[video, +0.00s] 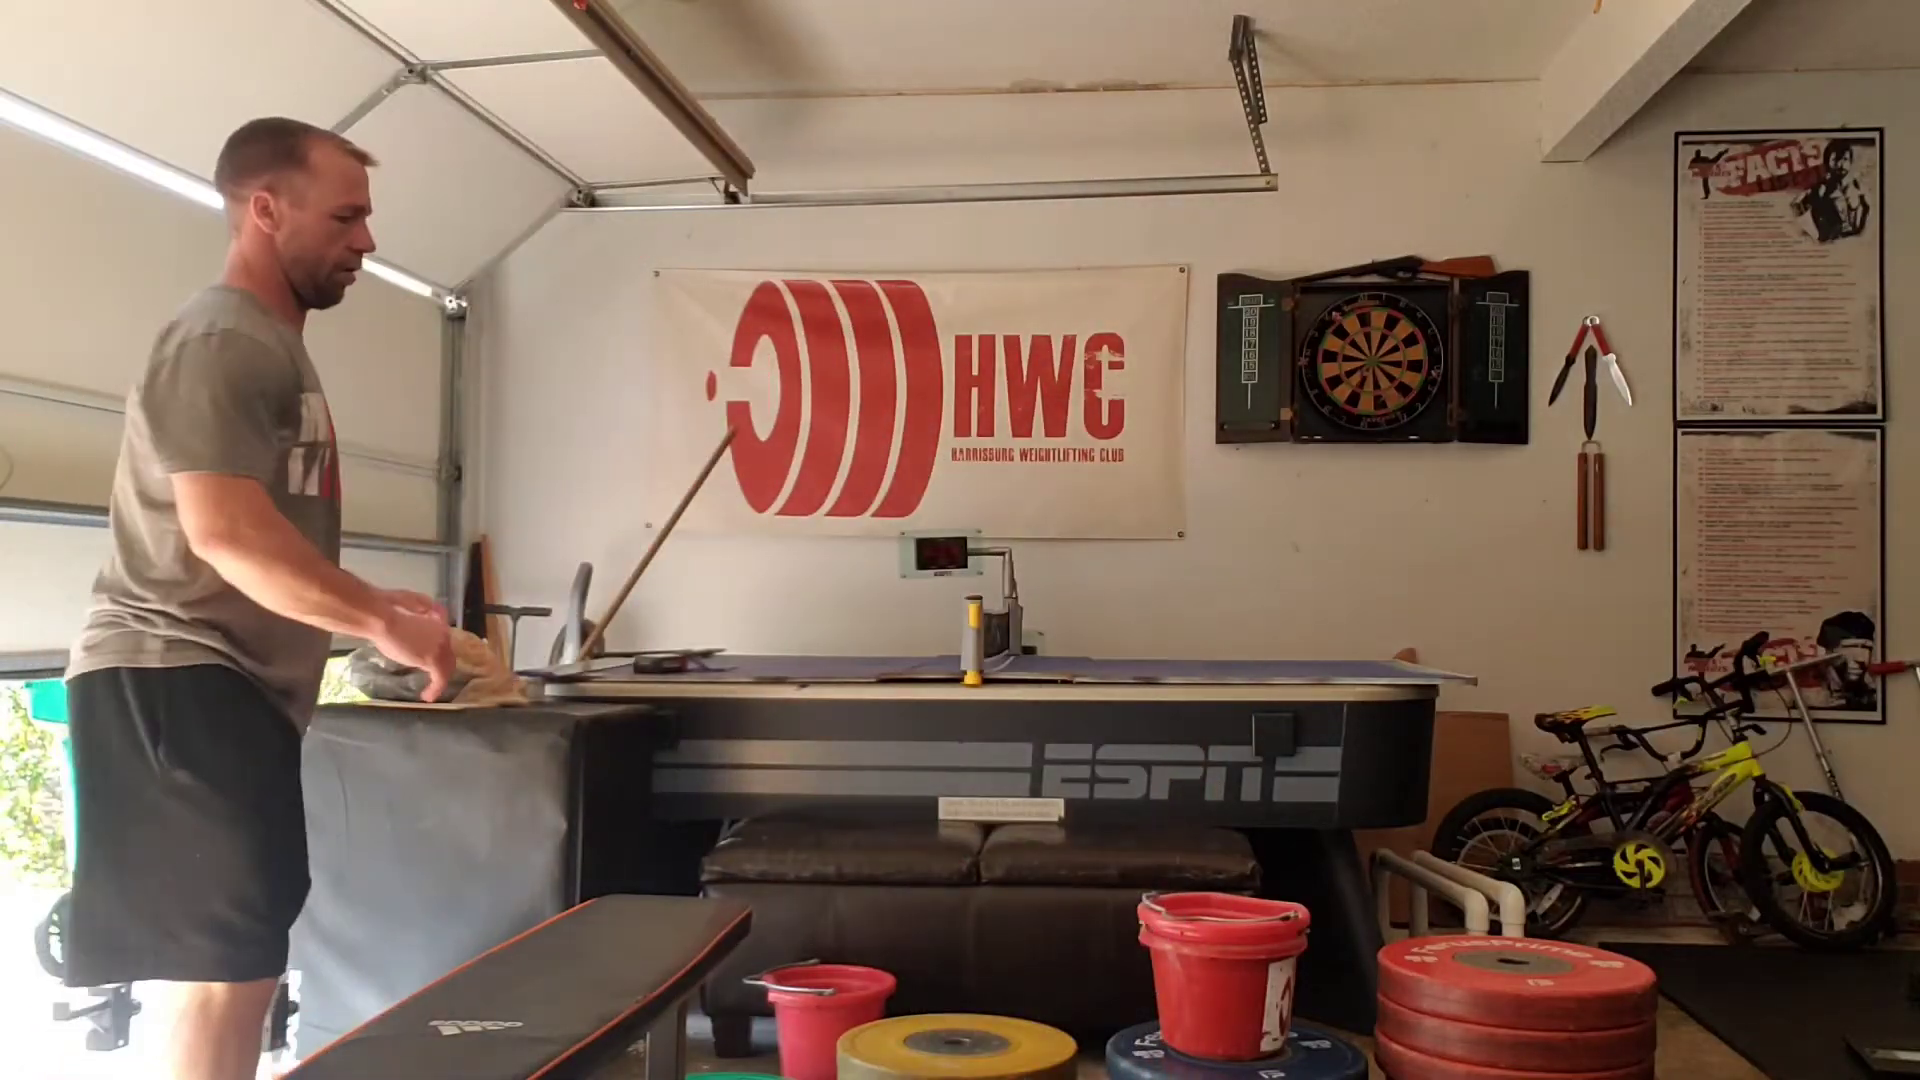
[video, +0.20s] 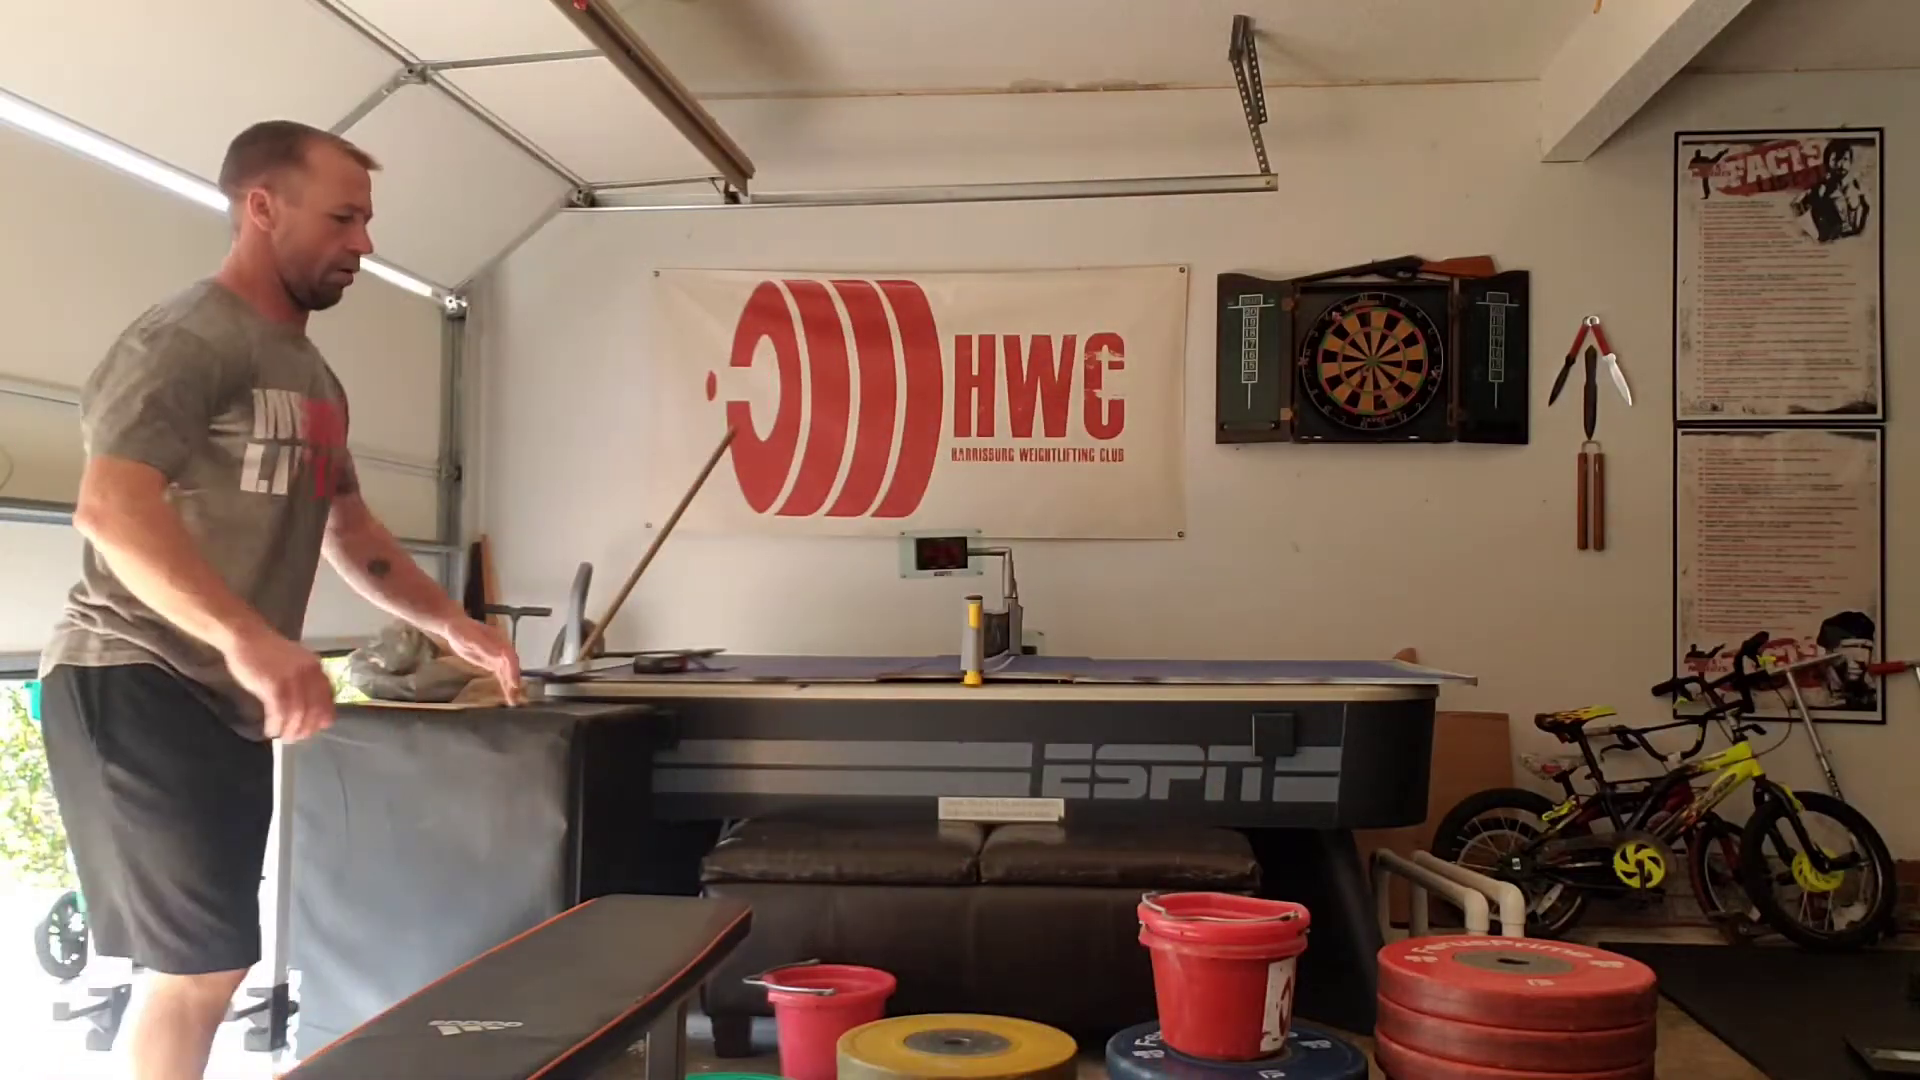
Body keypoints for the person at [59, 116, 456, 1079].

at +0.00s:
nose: (366, 240)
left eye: (366, 217)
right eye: (347, 215)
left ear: (276, 214)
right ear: (265, 209)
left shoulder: (271, 349)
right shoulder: (225, 337)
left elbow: (267, 544)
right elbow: (222, 528)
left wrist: (393, 618)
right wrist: (381, 618)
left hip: (226, 678)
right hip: (179, 673)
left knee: (237, 972)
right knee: (227, 975)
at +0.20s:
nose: (364, 242)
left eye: (366, 221)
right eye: (346, 216)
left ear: (272, 214)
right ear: (262, 208)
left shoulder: (313, 372)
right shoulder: (186, 331)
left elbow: (350, 531)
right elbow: (113, 502)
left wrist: (452, 624)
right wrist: (249, 636)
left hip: (223, 697)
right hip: (134, 680)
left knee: (201, 964)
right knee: (197, 966)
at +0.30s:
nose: (382, 248)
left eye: (385, 227)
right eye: (363, 221)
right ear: (278, 213)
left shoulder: (331, 373)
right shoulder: (200, 339)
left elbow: (357, 527)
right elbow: (61, 481)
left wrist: (431, 636)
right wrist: (122, 654)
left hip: (234, 719)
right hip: (140, 705)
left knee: (187, 990)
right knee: (166, 993)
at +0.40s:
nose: (417, 270)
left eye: (420, 247)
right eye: (399, 242)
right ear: (316, 230)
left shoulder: (358, 384)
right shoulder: (230, 347)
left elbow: (340, 513)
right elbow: (33, 445)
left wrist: (360, 643)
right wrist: (7, 633)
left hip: (240, 722)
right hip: (124, 698)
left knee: (231, 967)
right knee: (144, 986)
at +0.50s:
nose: (464, 318)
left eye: (467, 294)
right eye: (445, 288)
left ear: (376, 279)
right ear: (364, 274)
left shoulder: (393, 429)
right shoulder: (253, 387)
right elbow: (45, 434)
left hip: (243, 732)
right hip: (112, 708)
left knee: (281, 952)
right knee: (157, 1002)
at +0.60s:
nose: (495, 390)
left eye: (496, 367)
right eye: (476, 363)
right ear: (395, 353)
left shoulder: (413, 501)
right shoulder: (283, 476)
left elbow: (245, 585)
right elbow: (82, 538)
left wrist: (280, 709)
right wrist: (67, 726)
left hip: (245, 775)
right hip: (122, 766)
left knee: (324, 969)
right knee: (202, 1027)